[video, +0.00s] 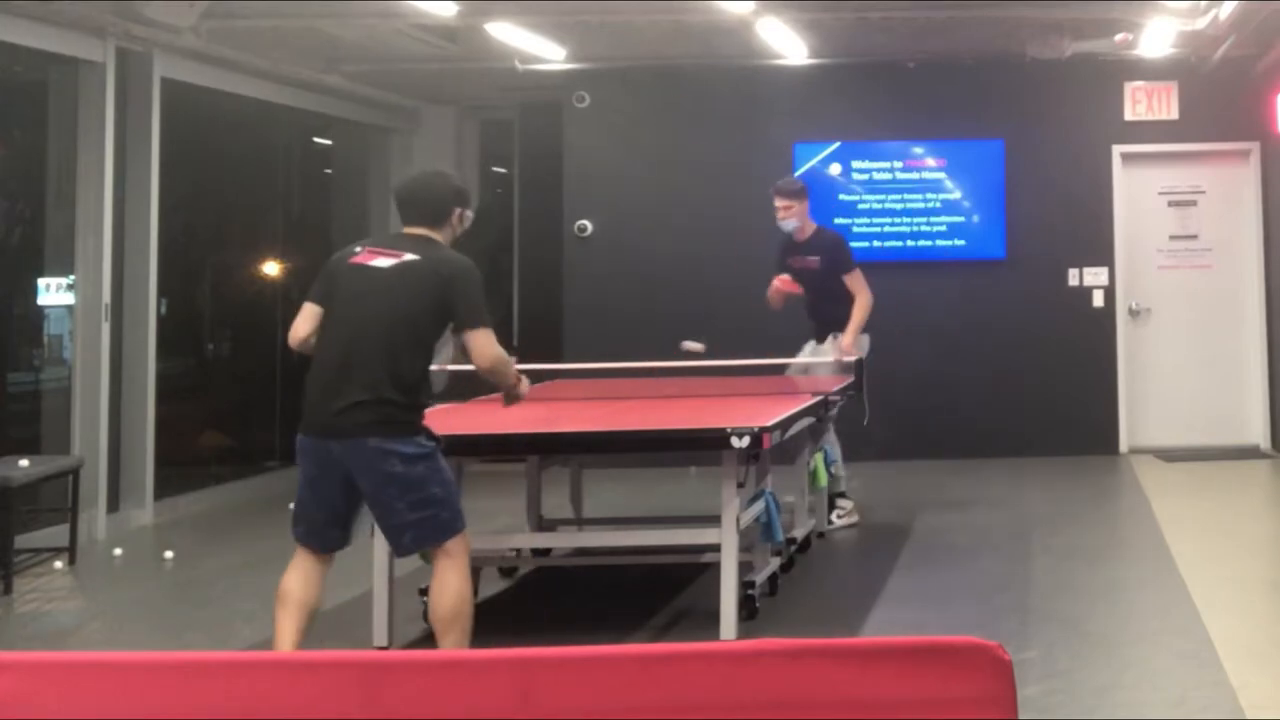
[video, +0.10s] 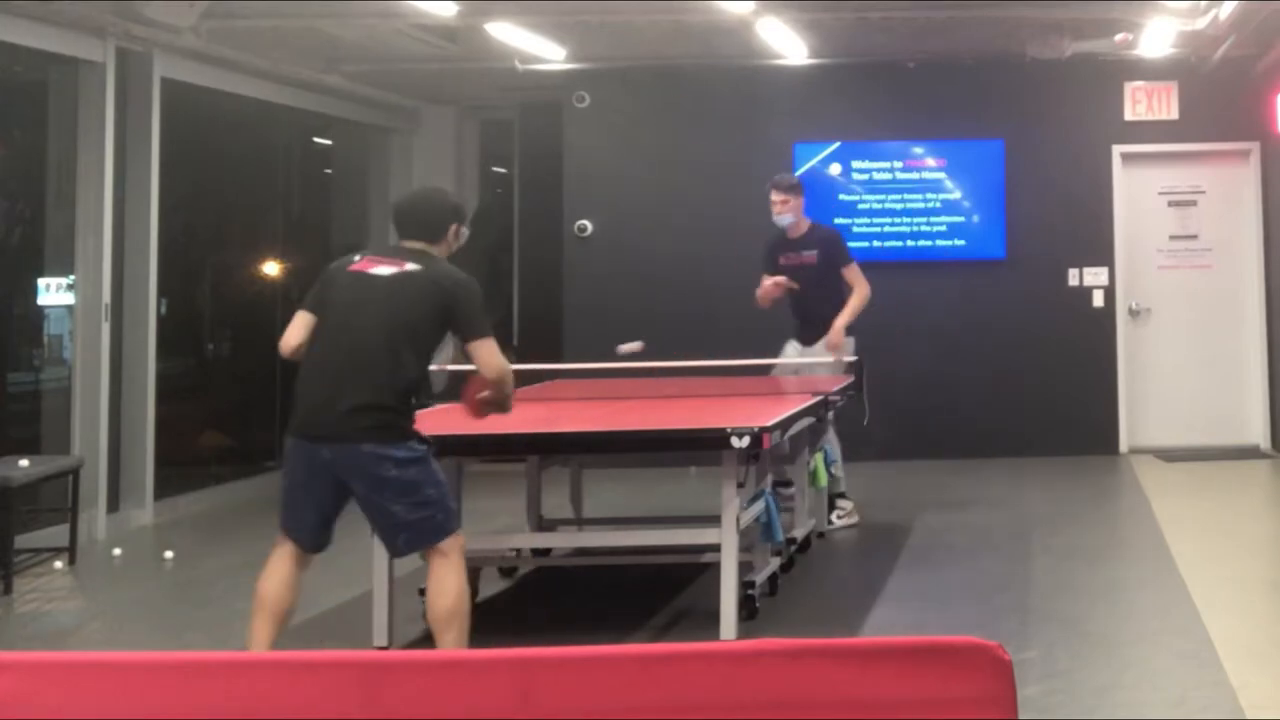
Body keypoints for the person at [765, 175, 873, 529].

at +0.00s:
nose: (781, 215)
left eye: (788, 208)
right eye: (777, 210)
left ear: (804, 207)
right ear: (775, 212)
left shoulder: (832, 243)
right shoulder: (788, 248)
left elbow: (864, 295)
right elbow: (775, 304)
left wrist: (849, 337)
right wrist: (777, 290)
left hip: (846, 339)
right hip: (819, 340)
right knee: (819, 416)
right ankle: (839, 499)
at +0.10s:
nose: (779, 210)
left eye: (785, 203)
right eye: (774, 204)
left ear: (801, 203)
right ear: (770, 208)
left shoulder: (828, 239)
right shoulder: (775, 247)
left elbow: (862, 288)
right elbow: (764, 301)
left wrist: (839, 327)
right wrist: (768, 291)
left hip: (830, 344)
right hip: (798, 344)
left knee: (823, 420)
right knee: (773, 408)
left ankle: (839, 498)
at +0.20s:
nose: (773, 199)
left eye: (781, 193)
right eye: (769, 194)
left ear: (795, 194)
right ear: (765, 195)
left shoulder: (821, 231)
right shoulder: (763, 235)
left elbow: (855, 276)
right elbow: (755, 282)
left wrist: (835, 310)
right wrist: (763, 290)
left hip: (821, 334)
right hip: (784, 333)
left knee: (834, 408)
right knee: (755, 391)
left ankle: (842, 486)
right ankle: (771, 469)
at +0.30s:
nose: (770, 203)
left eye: (777, 197)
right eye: (766, 197)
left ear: (792, 198)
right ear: (761, 200)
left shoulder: (817, 235)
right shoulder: (756, 240)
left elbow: (846, 282)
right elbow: (748, 287)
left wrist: (827, 314)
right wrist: (755, 303)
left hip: (812, 339)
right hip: (771, 339)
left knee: (833, 409)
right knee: (757, 414)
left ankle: (865, 483)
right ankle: (754, 489)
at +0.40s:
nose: (772, 208)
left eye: (778, 202)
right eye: (767, 203)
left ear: (793, 203)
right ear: (762, 206)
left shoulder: (816, 241)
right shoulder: (755, 247)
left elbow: (838, 291)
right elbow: (748, 292)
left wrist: (821, 326)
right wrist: (748, 323)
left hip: (812, 346)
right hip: (769, 347)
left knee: (835, 410)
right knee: (754, 417)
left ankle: (877, 477)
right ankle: (750, 487)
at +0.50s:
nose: (775, 210)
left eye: (781, 205)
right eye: (770, 205)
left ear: (796, 205)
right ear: (766, 208)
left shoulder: (820, 241)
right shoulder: (759, 248)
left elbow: (841, 293)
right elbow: (751, 296)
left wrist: (817, 331)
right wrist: (750, 336)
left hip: (820, 340)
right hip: (776, 341)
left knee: (844, 406)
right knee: (754, 412)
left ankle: (884, 473)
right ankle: (752, 486)